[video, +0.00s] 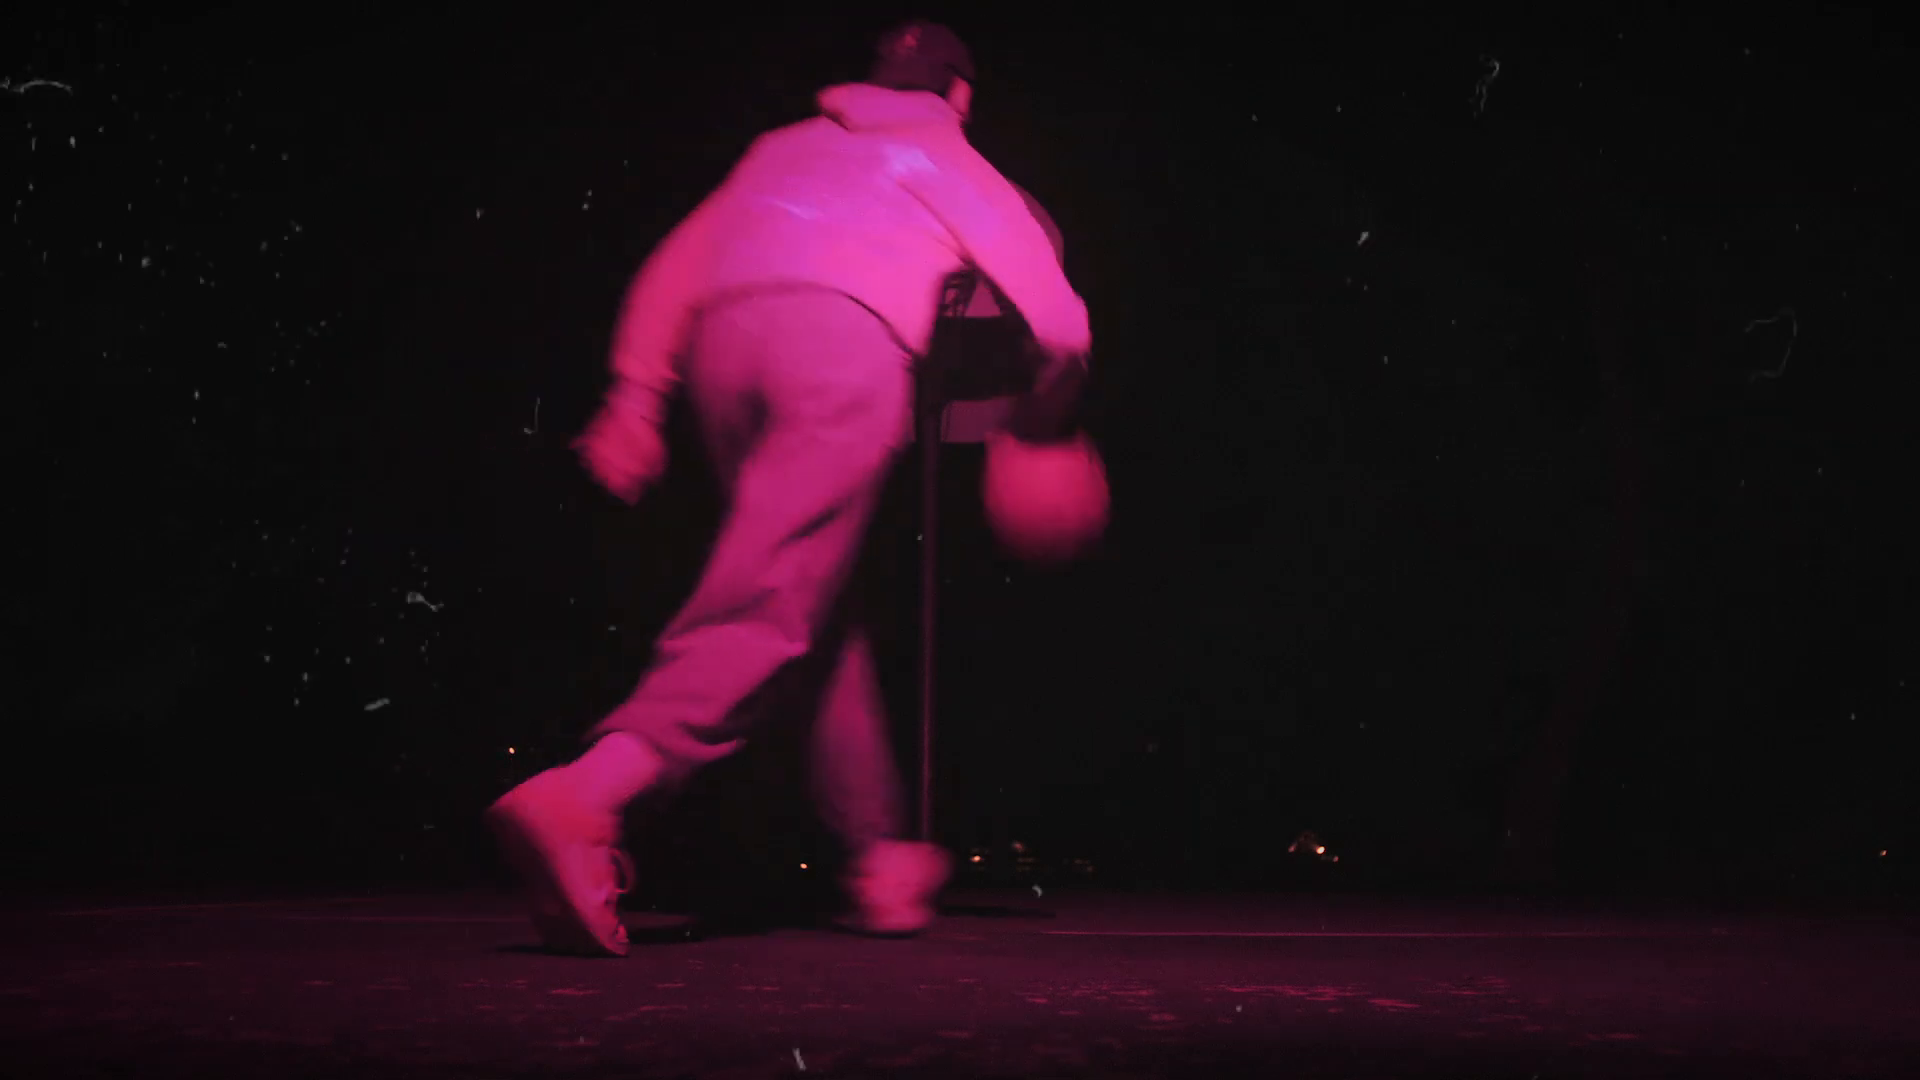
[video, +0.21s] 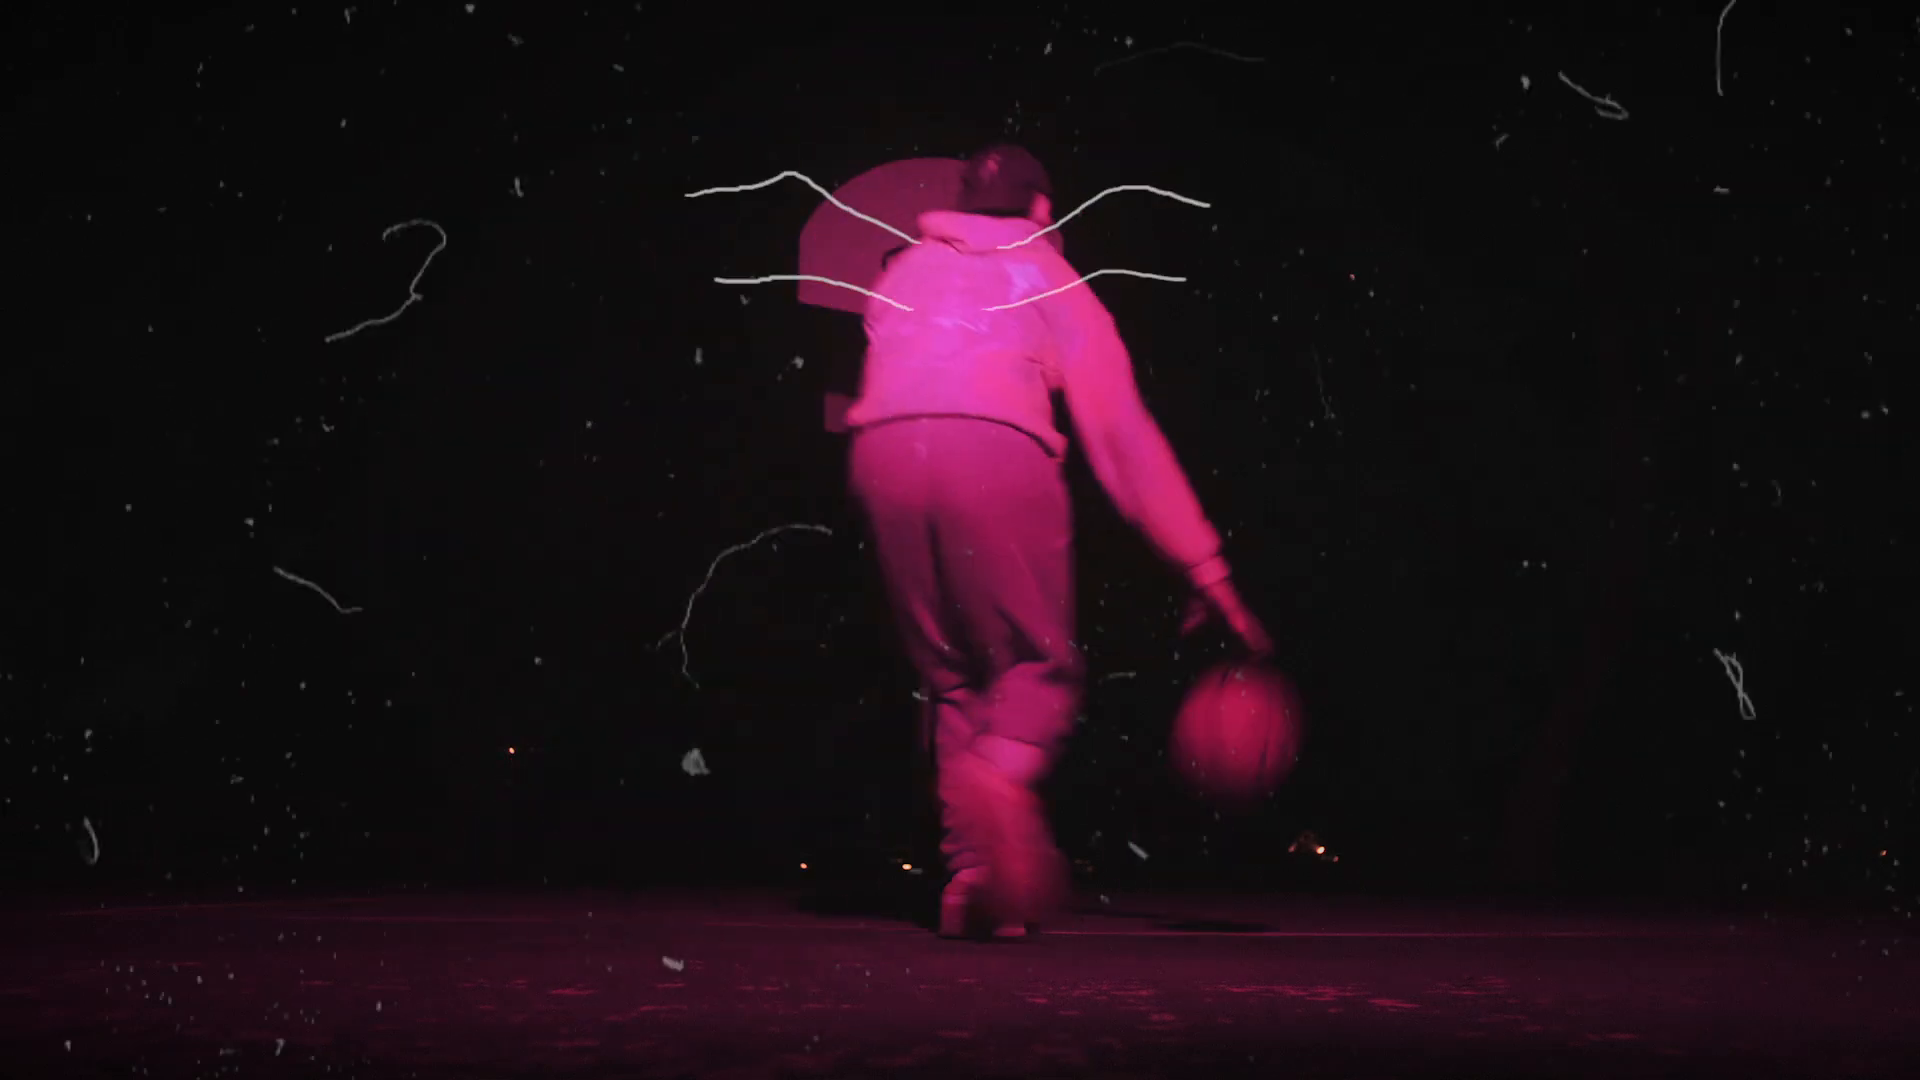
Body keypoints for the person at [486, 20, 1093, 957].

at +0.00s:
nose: (971, 116)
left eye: (967, 103)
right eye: (972, 102)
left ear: (869, 86)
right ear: (957, 97)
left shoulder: (779, 148)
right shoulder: (951, 164)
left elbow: (676, 262)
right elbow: (1063, 326)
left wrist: (636, 395)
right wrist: (1042, 419)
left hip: (720, 341)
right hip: (840, 342)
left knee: (809, 605)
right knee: (765, 602)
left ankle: (880, 858)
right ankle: (585, 796)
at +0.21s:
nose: (1050, 222)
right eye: (1049, 213)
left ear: (958, 207)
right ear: (1041, 211)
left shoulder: (898, 274)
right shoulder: (1053, 281)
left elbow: (872, 388)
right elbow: (1118, 430)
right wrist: (1202, 560)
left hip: (886, 460)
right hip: (994, 458)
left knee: (951, 679)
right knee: (1038, 661)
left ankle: (973, 868)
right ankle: (998, 781)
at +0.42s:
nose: (1124, 244)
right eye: (1122, 233)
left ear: (1040, 236)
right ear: (1111, 234)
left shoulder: (985, 296)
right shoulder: (1129, 291)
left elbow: (969, 381)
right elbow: (1188, 394)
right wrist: (1304, 466)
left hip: (979, 486)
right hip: (1088, 475)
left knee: (1038, 695)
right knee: (1158, 647)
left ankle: (992, 859)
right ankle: (1256, 845)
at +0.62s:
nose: (1131, 271)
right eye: (1132, 261)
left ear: (1055, 264)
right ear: (1130, 263)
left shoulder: (1018, 347)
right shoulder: (1171, 328)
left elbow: (1013, 484)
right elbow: (1225, 430)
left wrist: (1022, 601)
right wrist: (1243, 530)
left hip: (1078, 541)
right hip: (1187, 524)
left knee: (1102, 698)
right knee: (1221, 691)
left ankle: (1074, 871)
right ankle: (1303, 869)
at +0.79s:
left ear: (1018, 219)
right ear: (1096, 222)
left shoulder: (995, 290)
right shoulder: (1145, 289)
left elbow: (997, 388)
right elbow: (1212, 397)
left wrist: (992, 490)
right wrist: (1256, 508)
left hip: (1072, 492)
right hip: (1174, 484)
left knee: (1091, 692)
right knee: (1213, 681)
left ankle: (1079, 878)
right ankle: (1291, 866)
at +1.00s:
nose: (993, 150)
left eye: (991, 137)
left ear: (991, 135)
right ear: (1063, 144)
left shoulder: (987, 170)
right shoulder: (1112, 211)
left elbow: (945, 233)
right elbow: (1167, 328)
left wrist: (877, 299)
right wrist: (1137, 396)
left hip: (1048, 390)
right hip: (1147, 396)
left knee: (1043, 602)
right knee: (1156, 603)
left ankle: (1032, 839)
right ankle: (1178, 826)